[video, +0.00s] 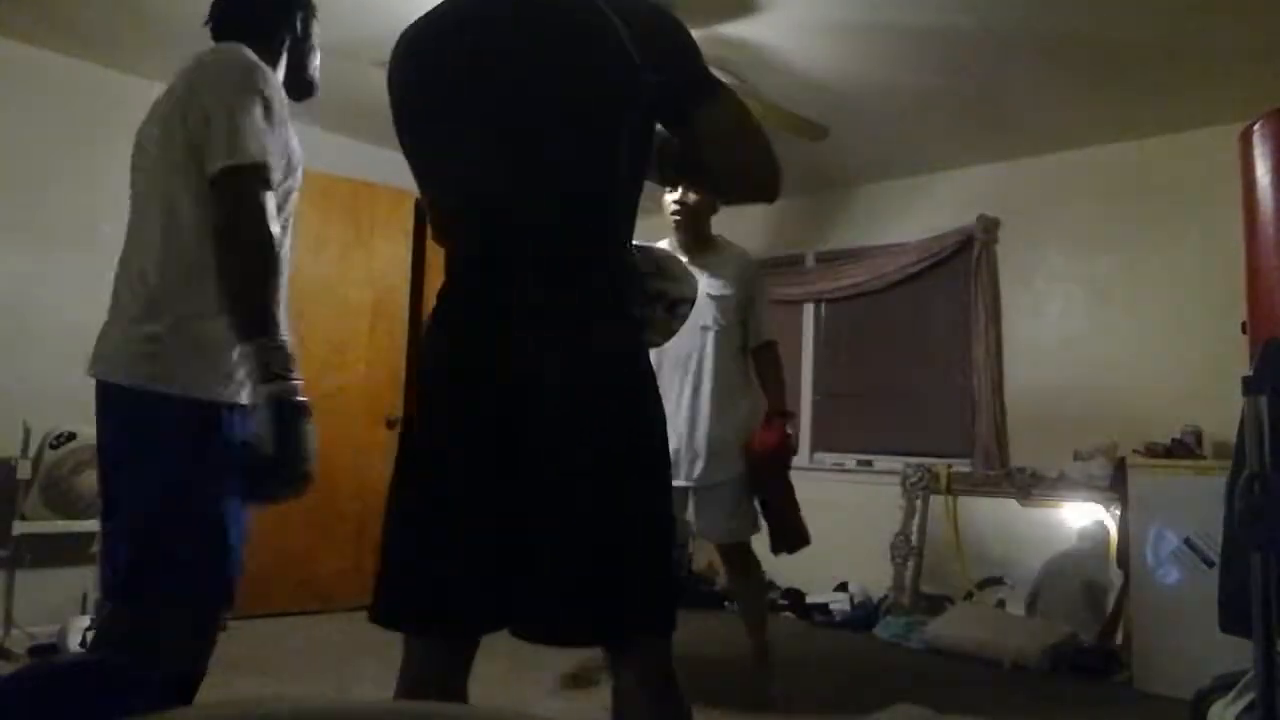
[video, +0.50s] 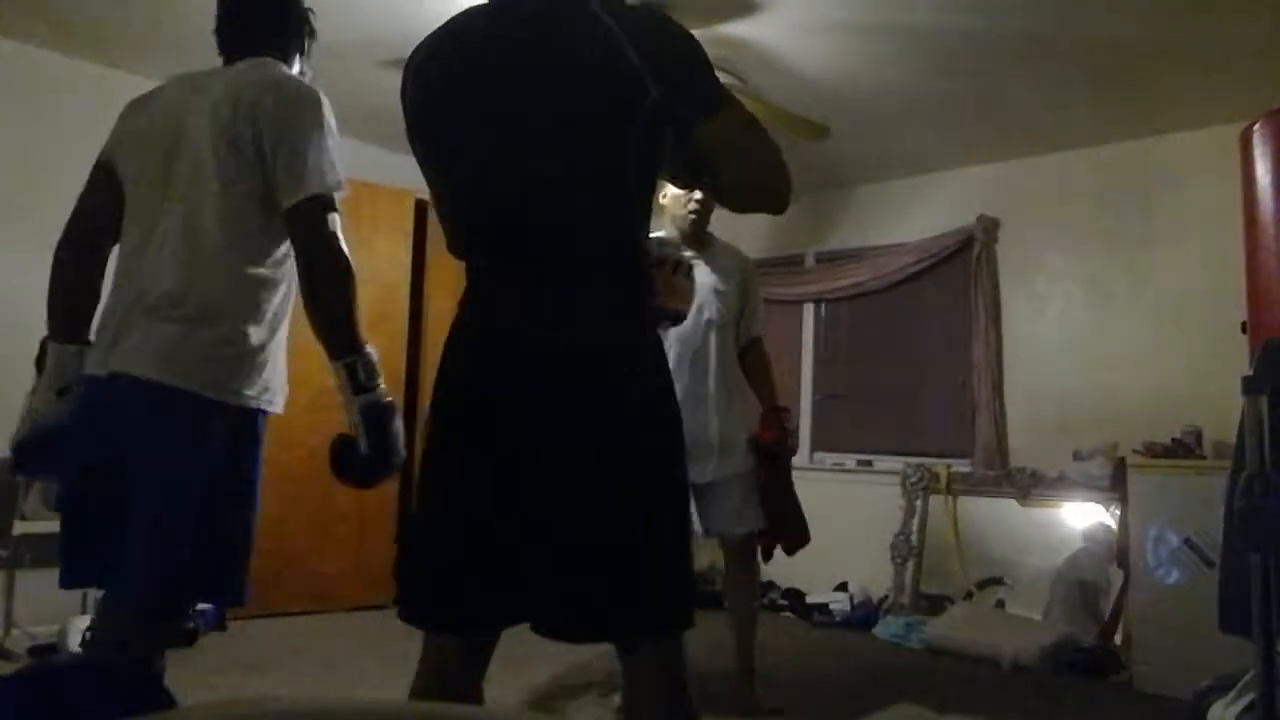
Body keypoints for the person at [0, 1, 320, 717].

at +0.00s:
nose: (319, 51)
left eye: (317, 31)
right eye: (313, 28)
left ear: (235, 21)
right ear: (287, 24)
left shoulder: (196, 85)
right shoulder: (237, 75)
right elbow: (243, 236)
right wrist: (284, 395)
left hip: (157, 394)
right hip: (184, 400)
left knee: (146, 654)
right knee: (163, 663)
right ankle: (13, 698)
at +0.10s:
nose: (323, 60)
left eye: (324, 40)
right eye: (322, 37)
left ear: (238, 22)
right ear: (296, 29)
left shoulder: (167, 95)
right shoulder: (253, 79)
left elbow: (122, 254)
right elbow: (279, 236)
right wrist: (316, 394)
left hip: (129, 382)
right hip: (187, 395)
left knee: (122, 622)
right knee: (155, 658)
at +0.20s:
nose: (320, 66)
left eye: (321, 48)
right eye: (320, 44)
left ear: (233, 23)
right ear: (303, 33)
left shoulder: (156, 91)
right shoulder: (268, 81)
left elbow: (97, 244)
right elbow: (298, 241)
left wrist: (109, 364)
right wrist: (345, 388)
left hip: (117, 379)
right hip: (193, 389)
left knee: (122, 609)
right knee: (156, 621)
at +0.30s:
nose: (316, 60)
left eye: (317, 42)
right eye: (317, 41)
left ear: (230, 23)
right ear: (302, 32)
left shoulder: (152, 93)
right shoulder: (277, 83)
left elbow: (79, 239)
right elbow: (311, 240)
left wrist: (64, 366)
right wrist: (364, 388)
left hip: (111, 382)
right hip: (196, 392)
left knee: (132, 596)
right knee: (152, 610)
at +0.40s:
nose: (309, 65)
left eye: (311, 50)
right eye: (311, 49)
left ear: (227, 30)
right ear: (301, 37)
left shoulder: (149, 100)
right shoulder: (283, 90)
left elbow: (76, 236)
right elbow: (317, 241)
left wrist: (50, 376)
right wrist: (372, 392)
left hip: (113, 384)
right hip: (202, 395)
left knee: (130, 601)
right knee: (146, 614)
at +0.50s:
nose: (307, 58)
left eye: (305, 44)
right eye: (306, 44)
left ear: (224, 36)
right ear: (297, 38)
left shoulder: (150, 107)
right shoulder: (289, 97)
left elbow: (81, 241)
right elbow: (318, 248)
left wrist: (60, 375)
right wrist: (365, 392)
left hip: (113, 387)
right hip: (203, 397)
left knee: (128, 600)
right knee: (148, 611)